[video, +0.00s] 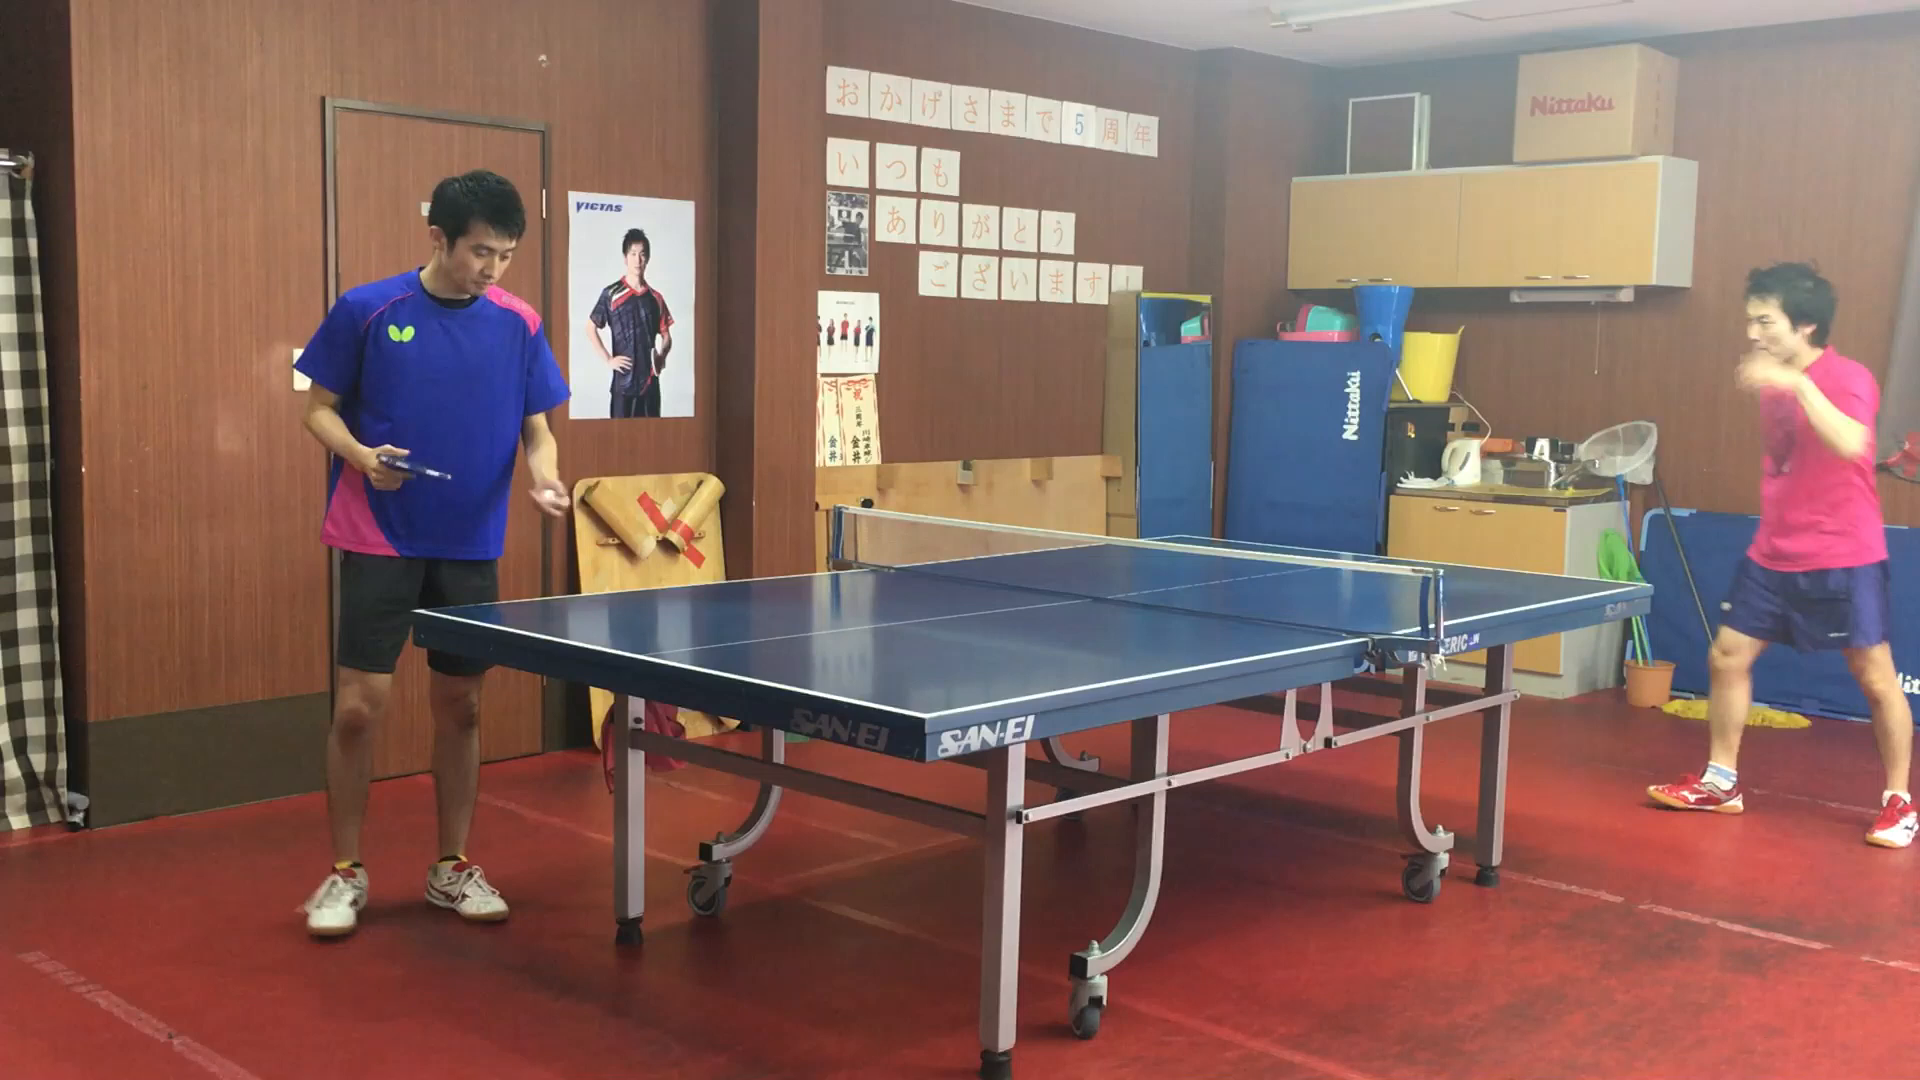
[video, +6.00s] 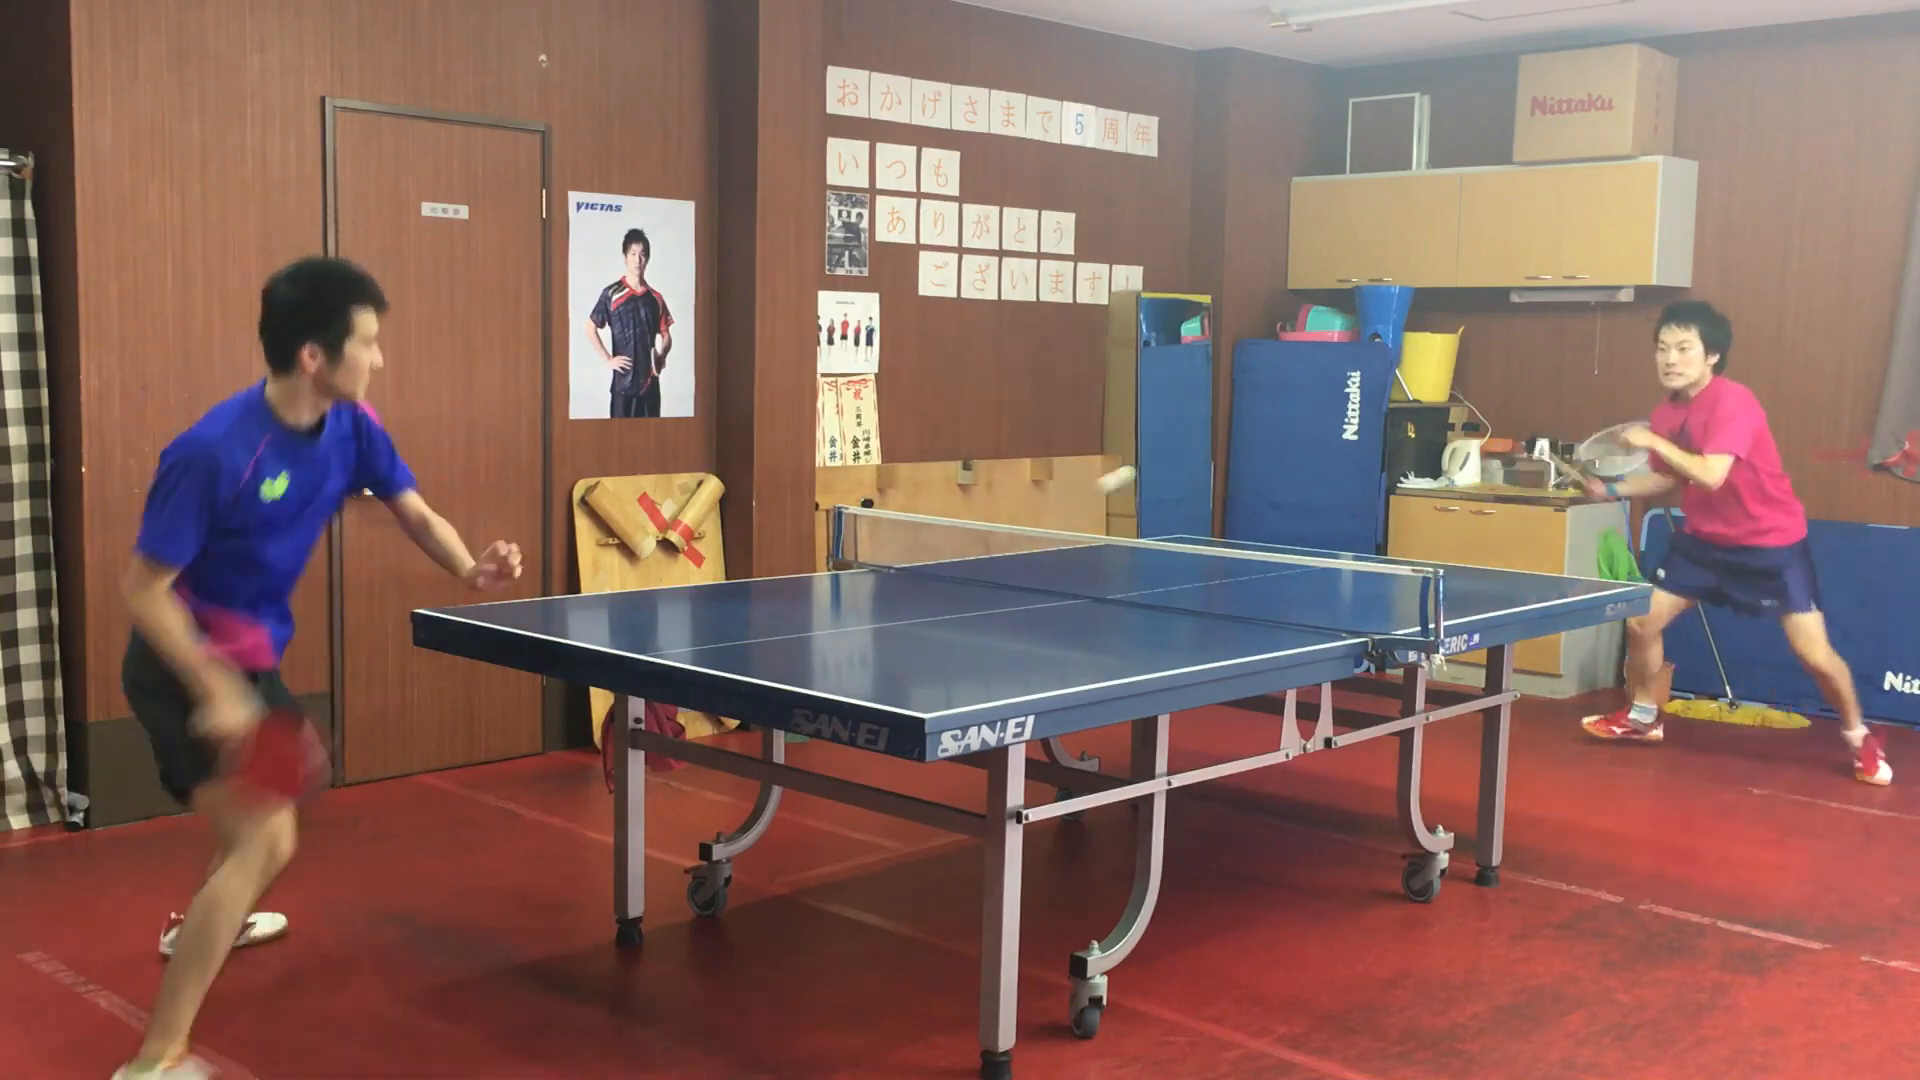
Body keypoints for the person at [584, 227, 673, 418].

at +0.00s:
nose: (639, 259)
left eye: (643, 254)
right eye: (633, 254)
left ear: (648, 258)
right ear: (625, 258)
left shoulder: (655, 297)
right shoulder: (611, 294)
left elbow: (666, 336)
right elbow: (591, 327)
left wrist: (662, 356)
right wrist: (608, 359)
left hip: (649, 378)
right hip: (624, 378)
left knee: (650, 436)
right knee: (622, 436)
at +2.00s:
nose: (638, 260)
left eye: (643, 254)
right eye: (633, 254)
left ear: (648, 258)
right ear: (625, 257)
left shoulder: (655, 297)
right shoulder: (611, 294)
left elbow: (666, 336)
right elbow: (591, 327)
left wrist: (662, 355)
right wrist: (608, 359)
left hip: (650, 378)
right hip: (624, 379)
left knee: (650, 436)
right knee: (622, 436)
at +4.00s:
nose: (639, 259)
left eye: (643, 254)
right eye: (633, 254)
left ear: (648, 258)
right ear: (625, 257)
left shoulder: (655, 297)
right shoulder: (611, 294)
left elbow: (666, 336)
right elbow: (591, 327)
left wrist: (662, 355)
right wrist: (608, 359)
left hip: (649, 378)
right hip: (624, 379)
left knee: (650, 436)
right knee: (622, 436)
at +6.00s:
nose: (639, 260)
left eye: (643, 254)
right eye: (633, 254)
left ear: (648, 258)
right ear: (625, 257)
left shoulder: (655, 297)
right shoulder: (611, 294)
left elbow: (666, 336)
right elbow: (590, 327)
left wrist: (661, 356)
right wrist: (608, 359)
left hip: (650, 380)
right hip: (624, 381)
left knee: (649, 438)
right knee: (622, 438)